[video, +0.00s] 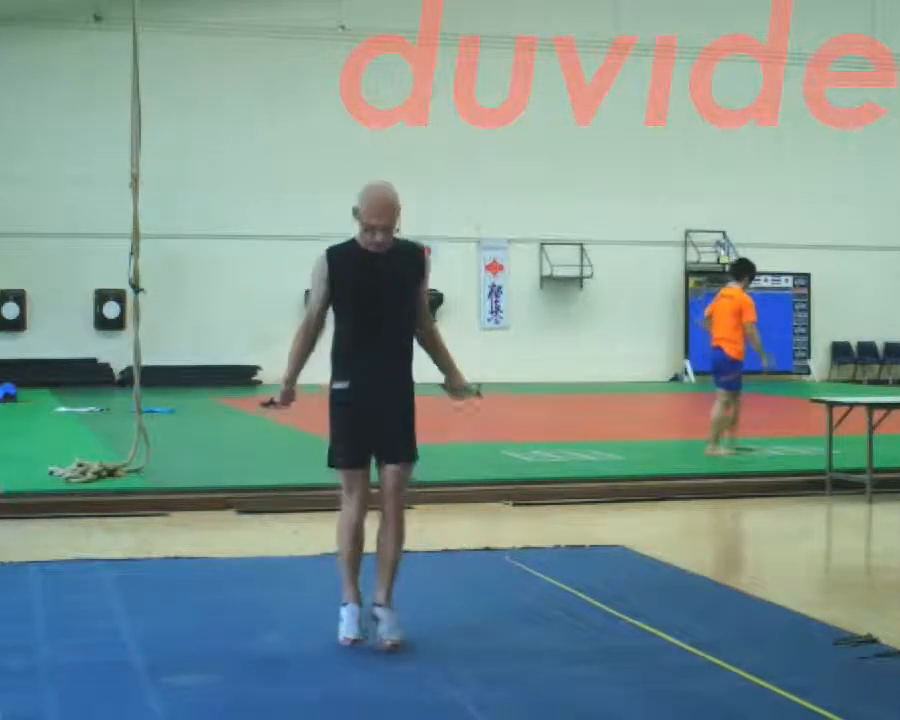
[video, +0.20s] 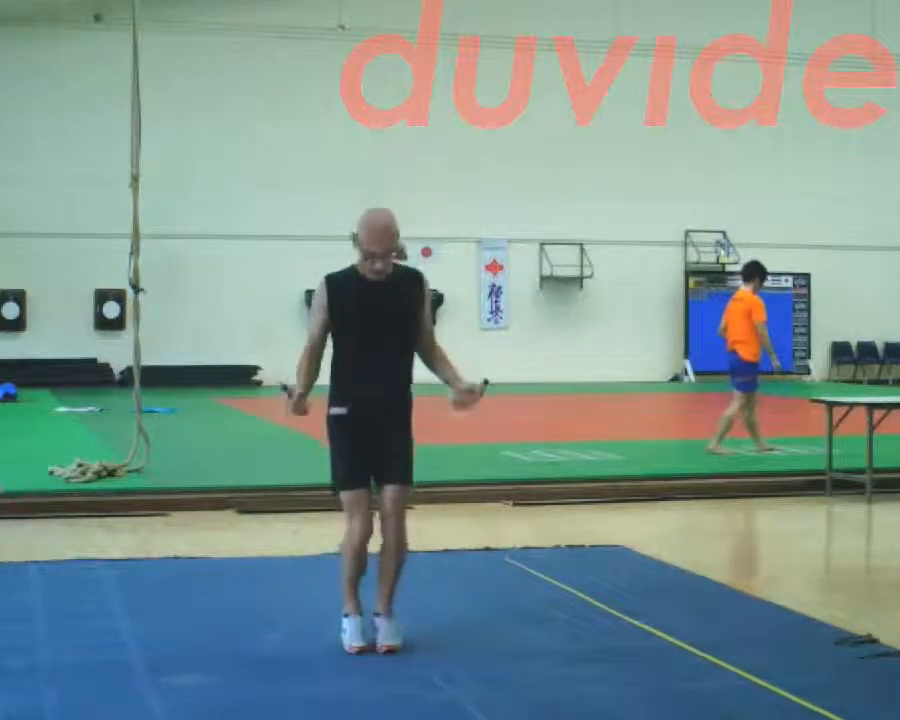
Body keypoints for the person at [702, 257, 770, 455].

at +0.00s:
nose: (751, 282)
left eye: (752, 278)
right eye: (751, 278)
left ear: (733, 275)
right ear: (746, 277)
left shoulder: (721, 294)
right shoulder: (744, 299)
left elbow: (705, 319)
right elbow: (750, 330)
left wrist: (719, 333)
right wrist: (762, 355)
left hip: (717, 348)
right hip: (731, 350)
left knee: (734, 397)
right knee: (723, 399)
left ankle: (729, 441)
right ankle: (713, 444)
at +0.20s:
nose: (762, 285)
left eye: (763, 281)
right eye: (762, 280)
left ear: (744, 278)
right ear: (758, 279)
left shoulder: (735, 299)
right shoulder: (755, 301)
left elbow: (722, 329)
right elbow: (761, 329)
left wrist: (735, 341)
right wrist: (773, 356)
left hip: (736, 353)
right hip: (748, 355)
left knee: (749, 402)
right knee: (739, 401)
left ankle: (759, 443)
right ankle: (715, 442)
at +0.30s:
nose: (769, 281)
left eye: (769, 277)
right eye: (769, 277)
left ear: (751, 276)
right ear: (764, 277)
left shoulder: (742, 297)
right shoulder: (760, 298)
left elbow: (733, 327)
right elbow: (765, 328)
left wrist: (743, 344)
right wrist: (773, 356)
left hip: (743, 352)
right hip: (757, 354)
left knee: (752, 399)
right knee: (762, 398)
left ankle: (758, 442)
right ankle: (728, 432)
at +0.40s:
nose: (775, 282)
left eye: (775, 278)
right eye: (775, 278)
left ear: (757, 275)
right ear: (770, 277)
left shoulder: (748, 295)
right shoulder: (765, 297)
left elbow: (740, 326)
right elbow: (768, 327)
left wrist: (749, 343)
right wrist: (774, 355)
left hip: (748, 351)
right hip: (761, 353)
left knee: (755, 397)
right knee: (774, 396)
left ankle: (758, 441)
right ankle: (747, 428)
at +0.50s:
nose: (780, 281)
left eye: (781, 277)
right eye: (780, 277)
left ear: (763, 275)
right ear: (775, 276)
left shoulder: (753, 295)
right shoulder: (770, 298)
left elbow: (751, 326)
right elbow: (772, 328)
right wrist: (778, 357)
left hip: (753, 351)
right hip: (766, 354)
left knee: (758, 397)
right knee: (784, 398)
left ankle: (757, 439)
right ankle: (770, 435)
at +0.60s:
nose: (788, 281)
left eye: (787, 277)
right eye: (788, 277)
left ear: (771, 275)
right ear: (784, 277)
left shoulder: (761, 295)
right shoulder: (778, 298)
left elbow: (756, 325)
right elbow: (779, 326)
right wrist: (784, 356)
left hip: (758, 351)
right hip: (772, 353)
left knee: (760, 396)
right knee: (788, 398)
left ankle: (758, 441)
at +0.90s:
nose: (811, 282)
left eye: (811, 278)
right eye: (811, 278)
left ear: (792, 277)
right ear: (805, 277)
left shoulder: (781, 299)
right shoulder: (805, 300)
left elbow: (779, 329)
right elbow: (808, 327)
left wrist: (778, 353)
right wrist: (813, 356)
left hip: (782, 351)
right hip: (799, 353)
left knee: (785, 395)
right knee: (807, 399)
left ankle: (765, 438)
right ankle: (817, 441)